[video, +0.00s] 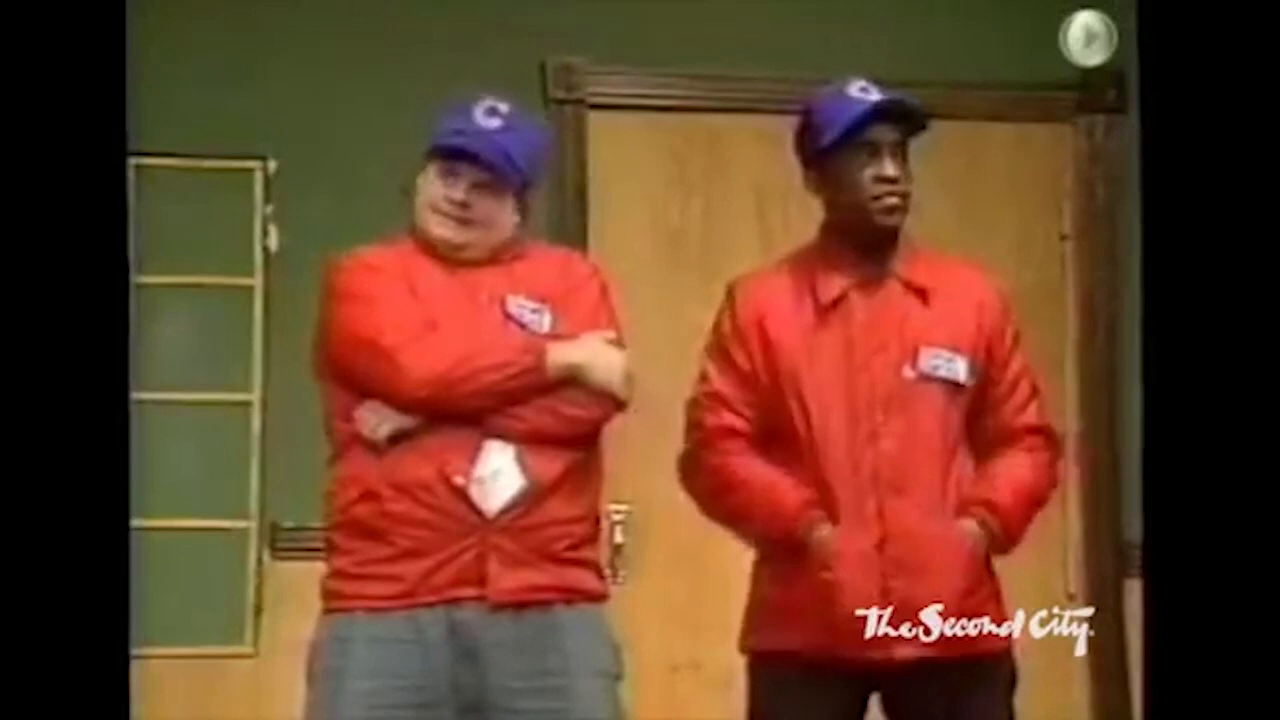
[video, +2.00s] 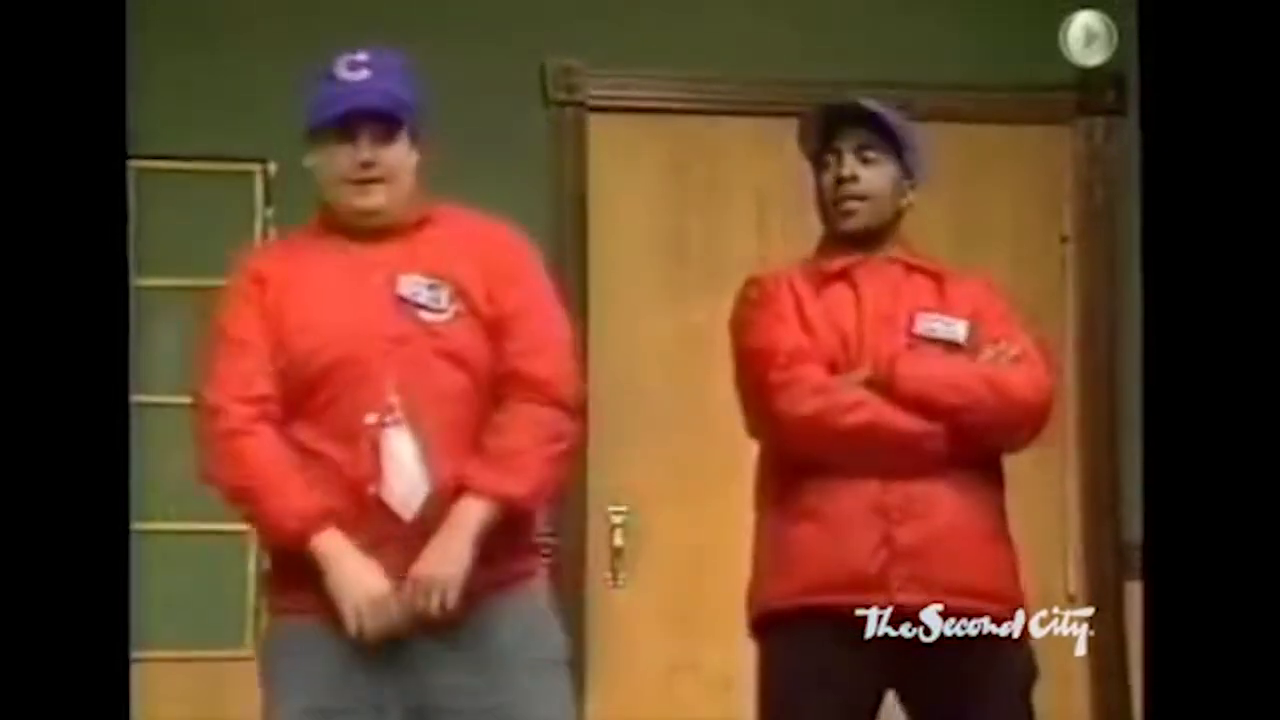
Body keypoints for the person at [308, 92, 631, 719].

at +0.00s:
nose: (459, 196)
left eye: (486, 186)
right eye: (447, 174)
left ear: (522, 206)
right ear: (421, 176)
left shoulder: (571, 277)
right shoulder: (364, 274)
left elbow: (591, 401)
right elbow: (414, 378)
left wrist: (431, 407)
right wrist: (559, 361)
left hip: (547, 607)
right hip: (385, 608)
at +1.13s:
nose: (437, 164)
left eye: (463, 149)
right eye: (425, 144)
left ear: (508, 166)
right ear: (407, 152)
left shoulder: (568, 249)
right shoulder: (362, 247)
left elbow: (611, 377)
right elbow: (341, 352)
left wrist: (480, 401)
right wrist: (485, 348)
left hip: (543, 612)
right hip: (384, 616)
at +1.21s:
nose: (437, 168)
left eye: (463, 153)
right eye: (426, 147)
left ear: (510, 165)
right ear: (410, 152)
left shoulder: (571, 257)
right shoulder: (357, 254)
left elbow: (634, 393)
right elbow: (286, 382)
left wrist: (572, 462)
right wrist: (359, 439)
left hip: (541, 617)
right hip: (383, 619)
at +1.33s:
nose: (443, 171)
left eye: (467, 155)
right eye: (428, 150)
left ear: (509, 165)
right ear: (407, 157)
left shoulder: (565, 262)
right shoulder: (357, 262)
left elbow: (625, 386)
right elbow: (266, 376)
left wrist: (643, 482)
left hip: (542, 608)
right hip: (385, 611)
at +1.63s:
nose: (408, 165)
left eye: (429, 146)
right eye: (391, 145)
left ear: (471, 155)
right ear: (369, 156)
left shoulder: (545, 265)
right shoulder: (316, 275)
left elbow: (627, 391)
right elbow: (240, 402)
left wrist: (615, 483)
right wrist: (252, 473)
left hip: (529, 624)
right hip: (365, 630)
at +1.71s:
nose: (393, 161)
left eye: (414, 140)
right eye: (375, 142)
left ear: (453, 150)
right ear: (354, 155)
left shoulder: (539, 264)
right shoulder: (302, 280)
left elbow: (598, 395)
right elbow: (252, 414)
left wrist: (558, 491)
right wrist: (316, 492)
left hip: (519, 621)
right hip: (356, 627)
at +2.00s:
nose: (364, 155)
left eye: (384, 135)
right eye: (342, 138)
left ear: (416, 148)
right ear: (313, 154)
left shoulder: (493, 252)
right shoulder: (268, 274)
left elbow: (546, 400)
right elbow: (234, 429)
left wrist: (464, 525)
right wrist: (332, 550)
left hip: (493, 612)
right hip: (325, 618)